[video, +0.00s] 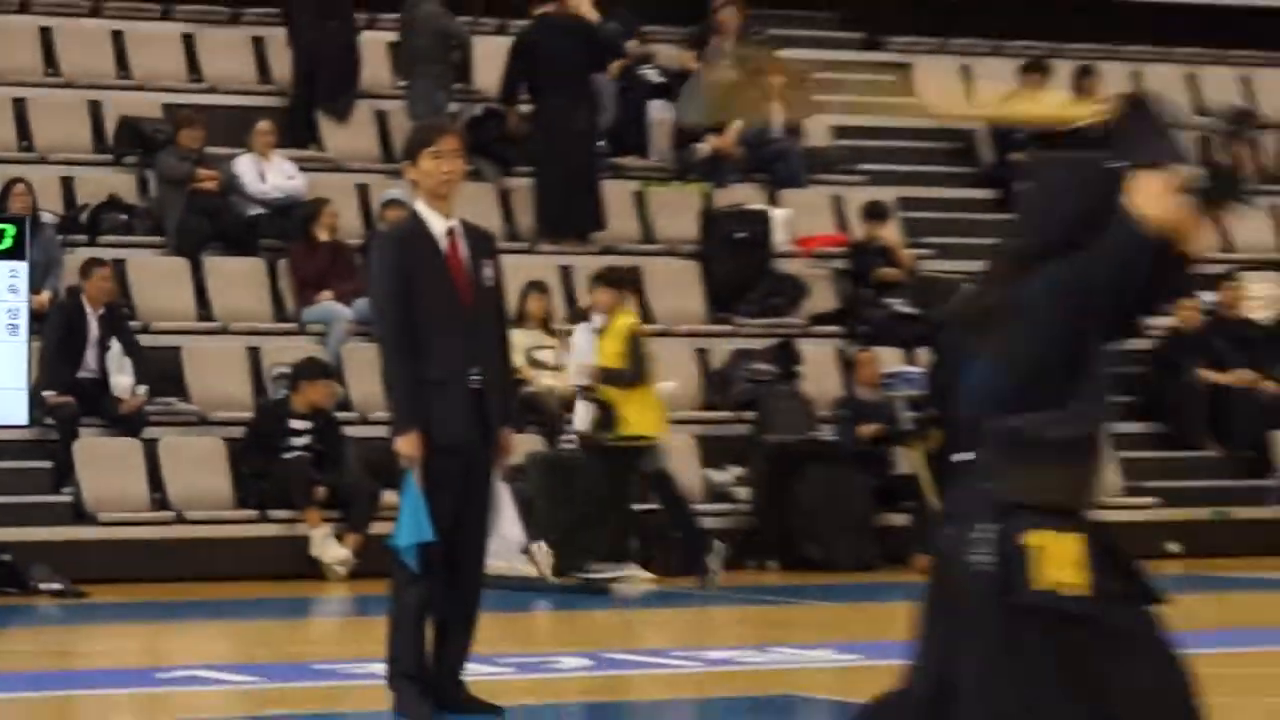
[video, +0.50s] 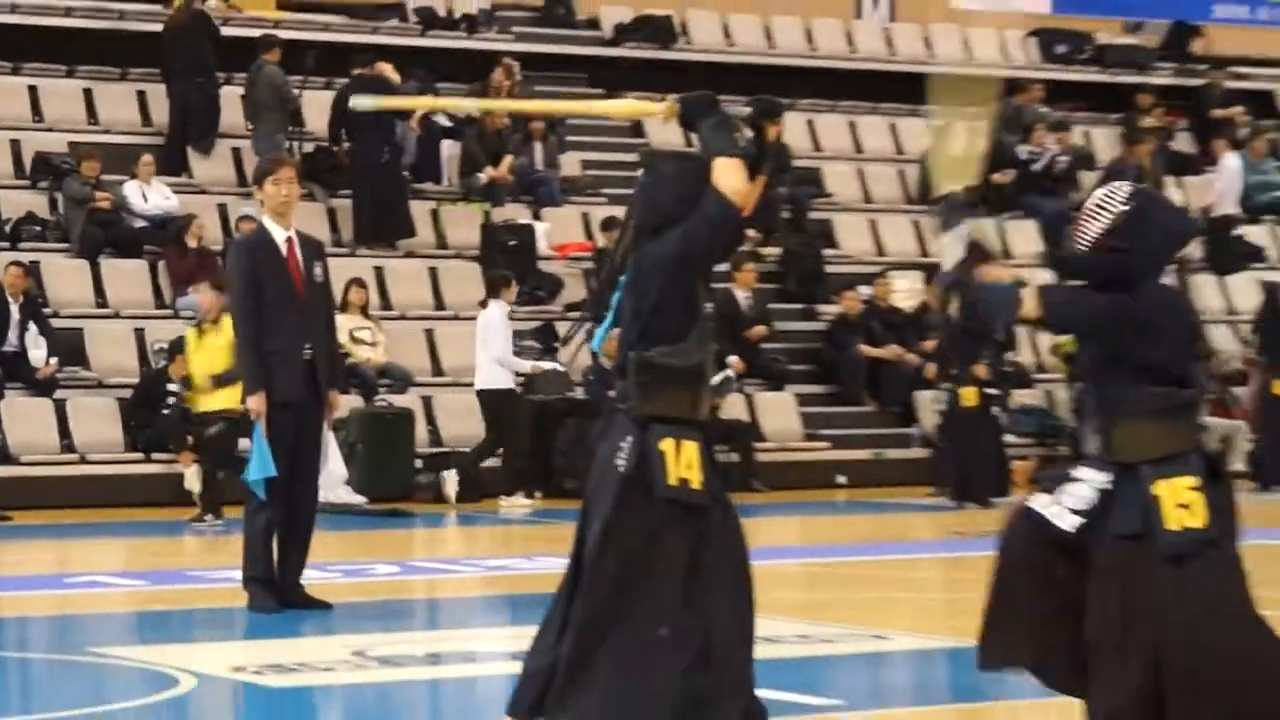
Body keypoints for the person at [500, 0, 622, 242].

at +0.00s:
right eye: (575, 4)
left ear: (536, 6)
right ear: (565, 4)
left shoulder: (529, 34)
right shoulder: (582, 28)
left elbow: (513, 78)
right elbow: (610, 54)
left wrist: (511, 110)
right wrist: (594, 17)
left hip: (547, 115)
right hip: (581, 113)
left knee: (549, 172)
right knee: (580, 171)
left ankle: (551, 229)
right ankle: (580, 230)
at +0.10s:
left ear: (481, 20)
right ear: (506, 16)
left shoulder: (475, 49)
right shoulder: (522, 42)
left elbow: (459, 90)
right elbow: (551, 72)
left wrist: (460, 119)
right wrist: (537, 35)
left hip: (492, 122)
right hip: (524, 120)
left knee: (496, 176)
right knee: (525, 173)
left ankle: (500, 231)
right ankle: (526, 229)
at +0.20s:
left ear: (439, 41)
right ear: (462, 36)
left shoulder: (432, 65)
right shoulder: (477, 59)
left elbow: (418, 103)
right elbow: (500, 90)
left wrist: (418, 130)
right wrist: (492, 56)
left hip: (449, 132)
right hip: (481, 129)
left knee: (452, 188)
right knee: (481, 186)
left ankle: (455, 238)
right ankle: (481, 238)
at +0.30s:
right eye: (420, 47)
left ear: (400, 52)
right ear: (422, 48)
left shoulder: (395, 75)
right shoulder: (438, 69)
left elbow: (382, 107)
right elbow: (457, 94)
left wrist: (382, 132)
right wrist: (450, 64)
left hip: (411, 137)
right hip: (440, 136)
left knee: (414, 187)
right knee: (440, 185)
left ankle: (417, 237)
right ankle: (440, 237)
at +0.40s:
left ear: (372, 57)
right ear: (394, 53)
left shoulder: (366, 80)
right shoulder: (407, 74)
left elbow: (355, 113)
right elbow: (428, 102)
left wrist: (357, 138)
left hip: (381, 141)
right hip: (408, 139)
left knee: (385, 189)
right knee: (410, 187)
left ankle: (387, 236)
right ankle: (410, 236)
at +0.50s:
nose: (376, 68)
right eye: (375, 65)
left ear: (352, 69)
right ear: (373, 66)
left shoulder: (347, 91)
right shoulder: (385, 86)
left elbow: (335, 121)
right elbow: (405, 111)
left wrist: (336, 144)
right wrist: (397, 79)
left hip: (360, 149)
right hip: (386, 147)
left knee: (363, 193)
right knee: (388, 192)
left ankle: (365, 238)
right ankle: (388, 239)